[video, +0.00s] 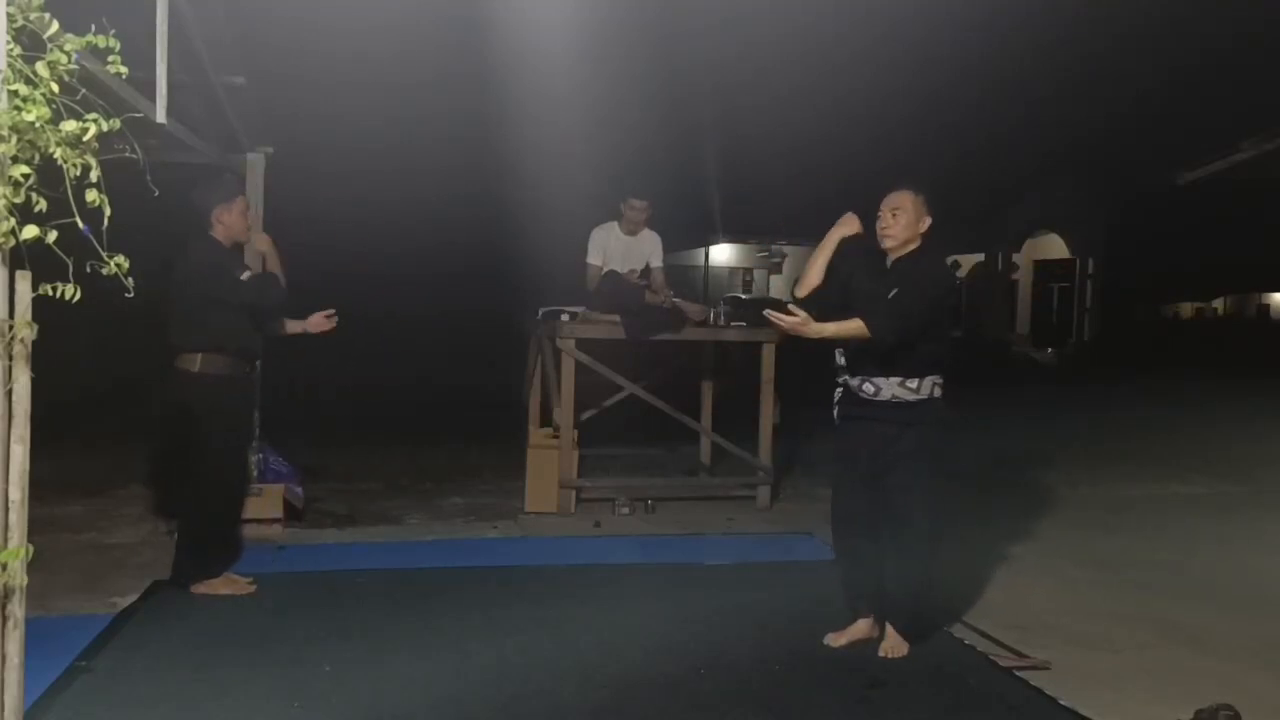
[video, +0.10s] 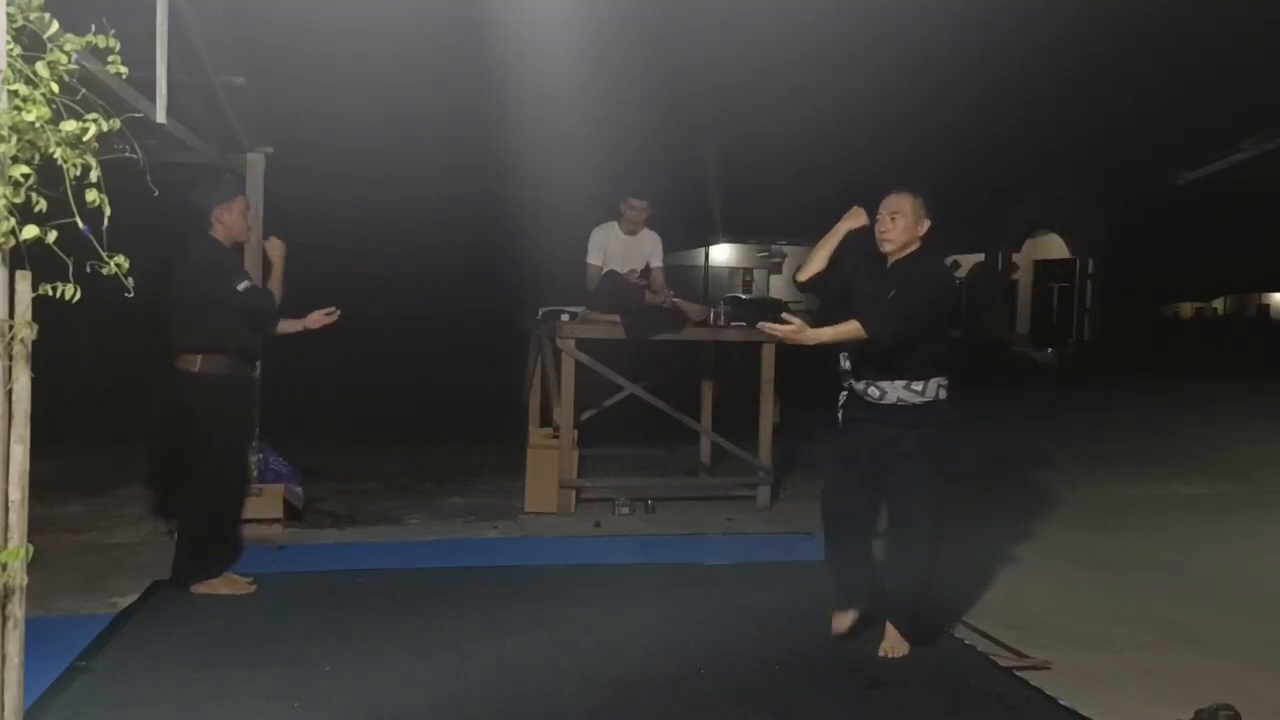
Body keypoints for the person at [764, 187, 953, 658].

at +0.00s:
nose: (884, 221)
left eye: (895, 213)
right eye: (880, 215)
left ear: (924, 224)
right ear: (875, 224)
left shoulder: (935, 274)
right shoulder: (860, 263)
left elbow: (889, 324)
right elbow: (806, 296)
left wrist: (818, 330)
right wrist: (833, 237)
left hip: (911, 415)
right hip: (857, 411)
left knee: (905, 517)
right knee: (852, 513)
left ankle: (899, 625)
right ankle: (864, 616)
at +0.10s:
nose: (883, 225)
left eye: (895, 217)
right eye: (880, 218)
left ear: (923, 226)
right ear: (875, 227)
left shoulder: (933, 277)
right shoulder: (864, 266)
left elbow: (883, 325)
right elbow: (807, 278)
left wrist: (814, 336)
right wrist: (842, 229)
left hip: (916, 414)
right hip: (861, 408)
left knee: (909, 518)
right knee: (842, 505)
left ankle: (900, 620)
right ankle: (851, 597)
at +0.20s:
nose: (881, 232)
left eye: (892, 224)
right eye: (878, 225)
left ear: (919, 231)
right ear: (872, 229)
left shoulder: (932, 282)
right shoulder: (863, 270)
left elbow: (879, 330)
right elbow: (807, 282)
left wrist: (808, 346)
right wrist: (843, 234)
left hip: (920, 414)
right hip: (865, 407)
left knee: (911, 519)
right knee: (844, 474)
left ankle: (897, 624)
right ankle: (861, 537)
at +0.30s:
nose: (876, 245)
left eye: (888, 237)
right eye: (872, 237)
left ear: (915, 243)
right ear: (867, 240)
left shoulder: (925, 293)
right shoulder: (861, 278)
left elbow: (876, 350)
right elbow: (812, 319)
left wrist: (807, 354)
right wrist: (830, 256)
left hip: (916, 422)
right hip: (864, 413)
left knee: (909, 526)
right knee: (842, 475)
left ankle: (901, 630)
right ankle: (871, 523)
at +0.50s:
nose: (862, 271)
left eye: (873, 263)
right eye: (858, 264)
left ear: (902, 269)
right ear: (855, 269)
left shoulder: (922, 318)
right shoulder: (857, 313)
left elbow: (901, 392)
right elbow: (830, 380)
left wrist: (838, 366)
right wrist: (829, 334)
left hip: (916, 446)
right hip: (864, 440)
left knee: (905, 545)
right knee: (844, 539)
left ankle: (899, 631)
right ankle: (853, 627)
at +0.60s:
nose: (863, 280)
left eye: (873, 272)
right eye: (858, 273)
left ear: (903, 276)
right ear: (855, 277)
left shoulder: (921, 315)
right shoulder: (858, 319)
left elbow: (878, 331)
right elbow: (838, 365)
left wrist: (821, 289)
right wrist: (833, 402)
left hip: (917, 450)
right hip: (863, 445)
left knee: (903, 541)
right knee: (836, 526)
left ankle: (898, 627)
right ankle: (849, 609)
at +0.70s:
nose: (862, 286)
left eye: (872, 276)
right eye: (857, 280)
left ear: (901, 277)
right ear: (855, 282)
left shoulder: (925, 319)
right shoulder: (858, 319)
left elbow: (895, 296)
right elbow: (845, 372)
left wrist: (857, 276)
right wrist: (809, 402)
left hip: (913, 455)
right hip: (856, 448)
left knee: (903, 547)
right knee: (817, 525)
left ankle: (902, 628)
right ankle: (824, 580)